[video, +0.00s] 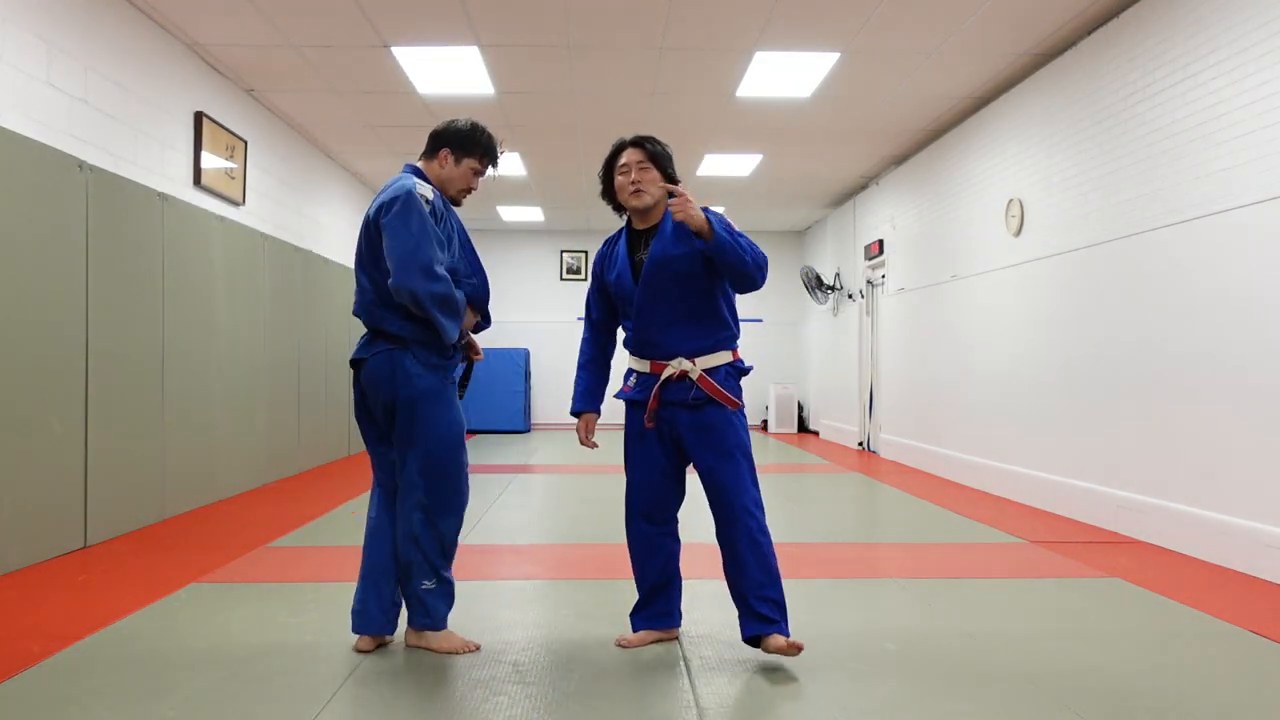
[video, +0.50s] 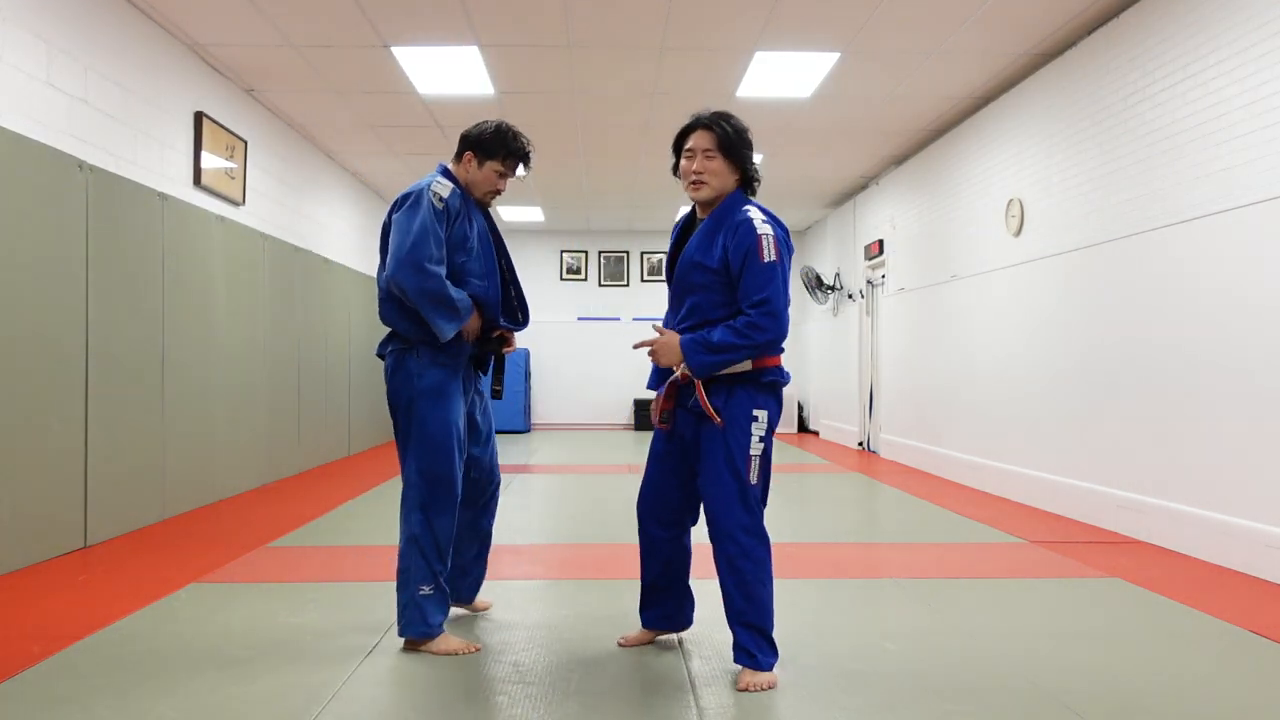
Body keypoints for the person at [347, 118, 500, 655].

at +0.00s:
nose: (476, 185)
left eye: (481, 176)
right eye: (474, 172)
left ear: (444, 161)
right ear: (445, 157)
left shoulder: (424, 202)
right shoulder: (411, 196)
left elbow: (459, 279)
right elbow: (415, 278)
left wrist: (465, 328)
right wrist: (459, 321)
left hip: (391, 363)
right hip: (412, 366)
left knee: (393, 489)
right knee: (437, 489)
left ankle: (372, 624)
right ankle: (427, 624)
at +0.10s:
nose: (480, 187)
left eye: (486, 177)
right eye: (479, 173)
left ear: (448, 162)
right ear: (448, 157)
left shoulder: (429, 203)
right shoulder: (415, 198)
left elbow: (462, 279)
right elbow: (420, 283)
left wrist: (472, 325)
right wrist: (465, 327)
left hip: (402, 361)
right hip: (415, 365)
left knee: (402, 487)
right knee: (431, 491)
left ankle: (372, 618)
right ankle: (423, 625)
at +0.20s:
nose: (487, 186)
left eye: (493, 177)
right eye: (485, 173)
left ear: (456, 162)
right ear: (455, 157)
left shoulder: (442, 204)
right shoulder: (421, 197)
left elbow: (462, 278)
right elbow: (420, 279)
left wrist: (475, 319)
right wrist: (464, 318)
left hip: (425, 361)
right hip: (414, 364)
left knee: (422, 482)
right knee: (433, 486)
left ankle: (376, 604)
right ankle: (424, 625)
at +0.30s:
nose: (493, 188)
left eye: (499, 179)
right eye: (491, 176)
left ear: (463, 167)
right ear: (460, 161)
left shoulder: (451, 207)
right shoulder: (426, 198)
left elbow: (459, 279)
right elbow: (415, 270)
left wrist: (480, 324)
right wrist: (464, 316)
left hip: (439, 363)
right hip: (414, 364)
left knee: (463, 472)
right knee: (433, 486)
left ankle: (388, 580)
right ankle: (423, 628)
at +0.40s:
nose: (498, 188)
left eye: (504, 178)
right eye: (496, 175)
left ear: (470, 167)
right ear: (464, 161)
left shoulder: (461, 210)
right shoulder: (427, 198)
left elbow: (468, 281)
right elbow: (409, 266)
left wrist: (487, 326)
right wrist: (460, 310)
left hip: (451, 366)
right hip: (420, 366)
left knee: (474, 470)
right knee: (436, 484)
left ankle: (411, 577)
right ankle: (421, 627)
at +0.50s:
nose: (504, 187)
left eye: (509, 178)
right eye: (500, 175)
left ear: (480, 168)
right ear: (469, 160)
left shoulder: (473, 213)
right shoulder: (429, 198)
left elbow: (479, 285)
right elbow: (410, 273)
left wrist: (496, 326)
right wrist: (463, 314)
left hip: (464, 367)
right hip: (426, 367)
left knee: (480, 479)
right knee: (434, 488)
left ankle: (456, 587)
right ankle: (420, 627)